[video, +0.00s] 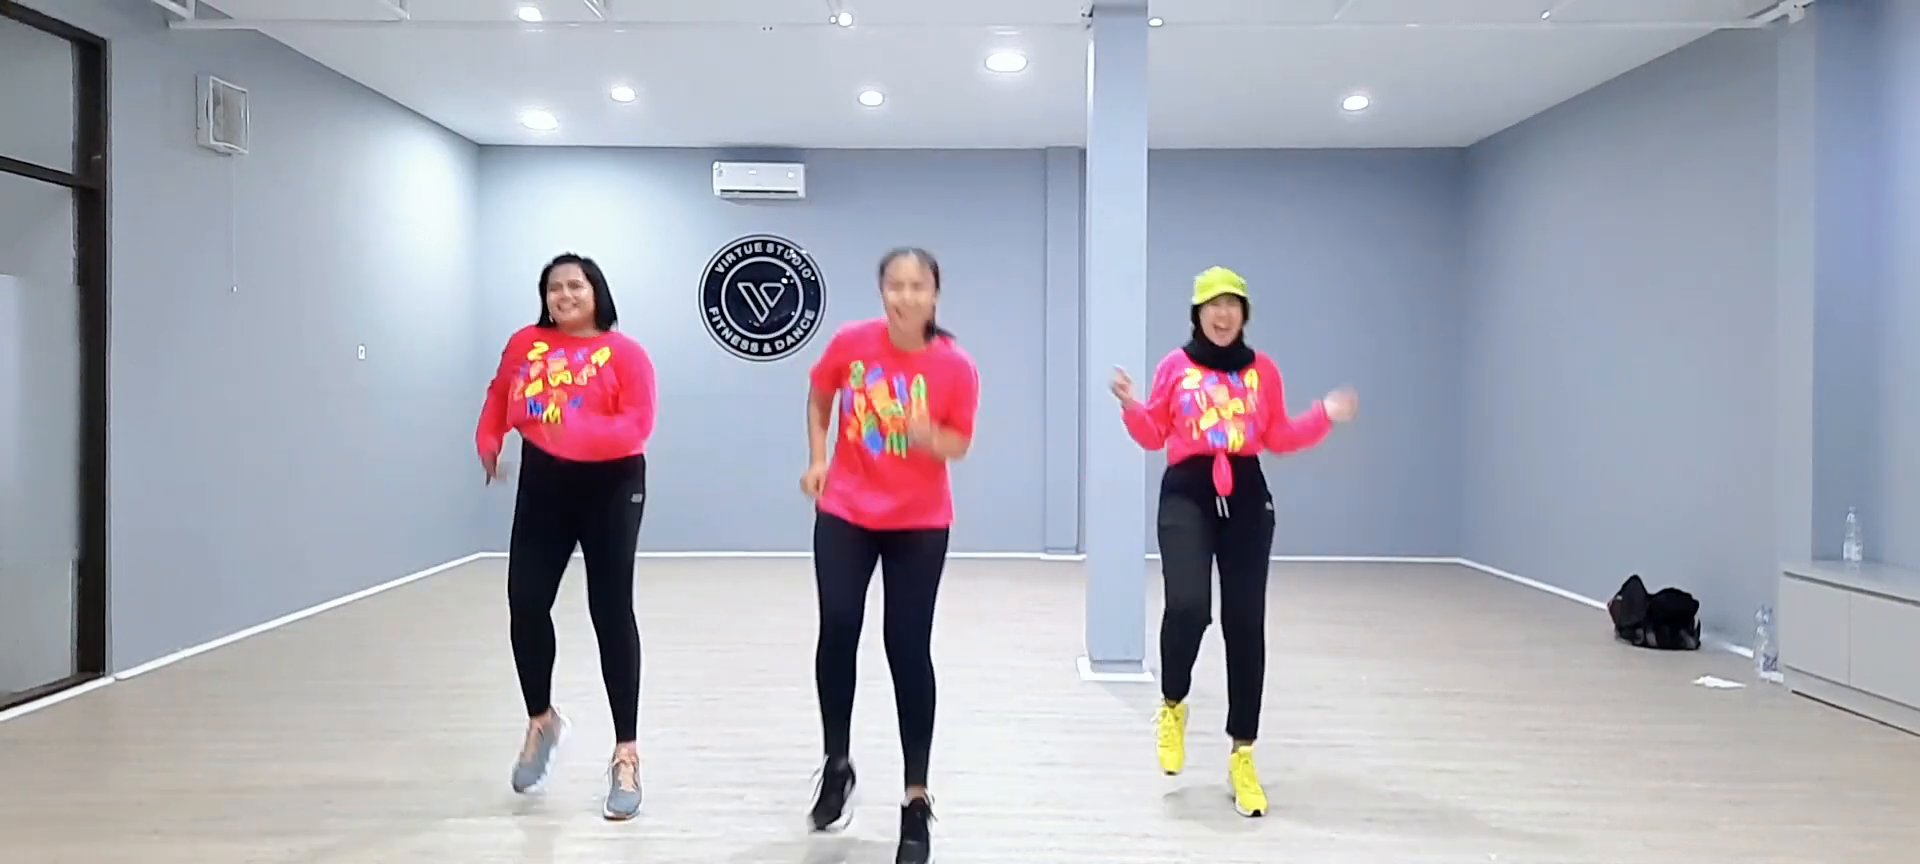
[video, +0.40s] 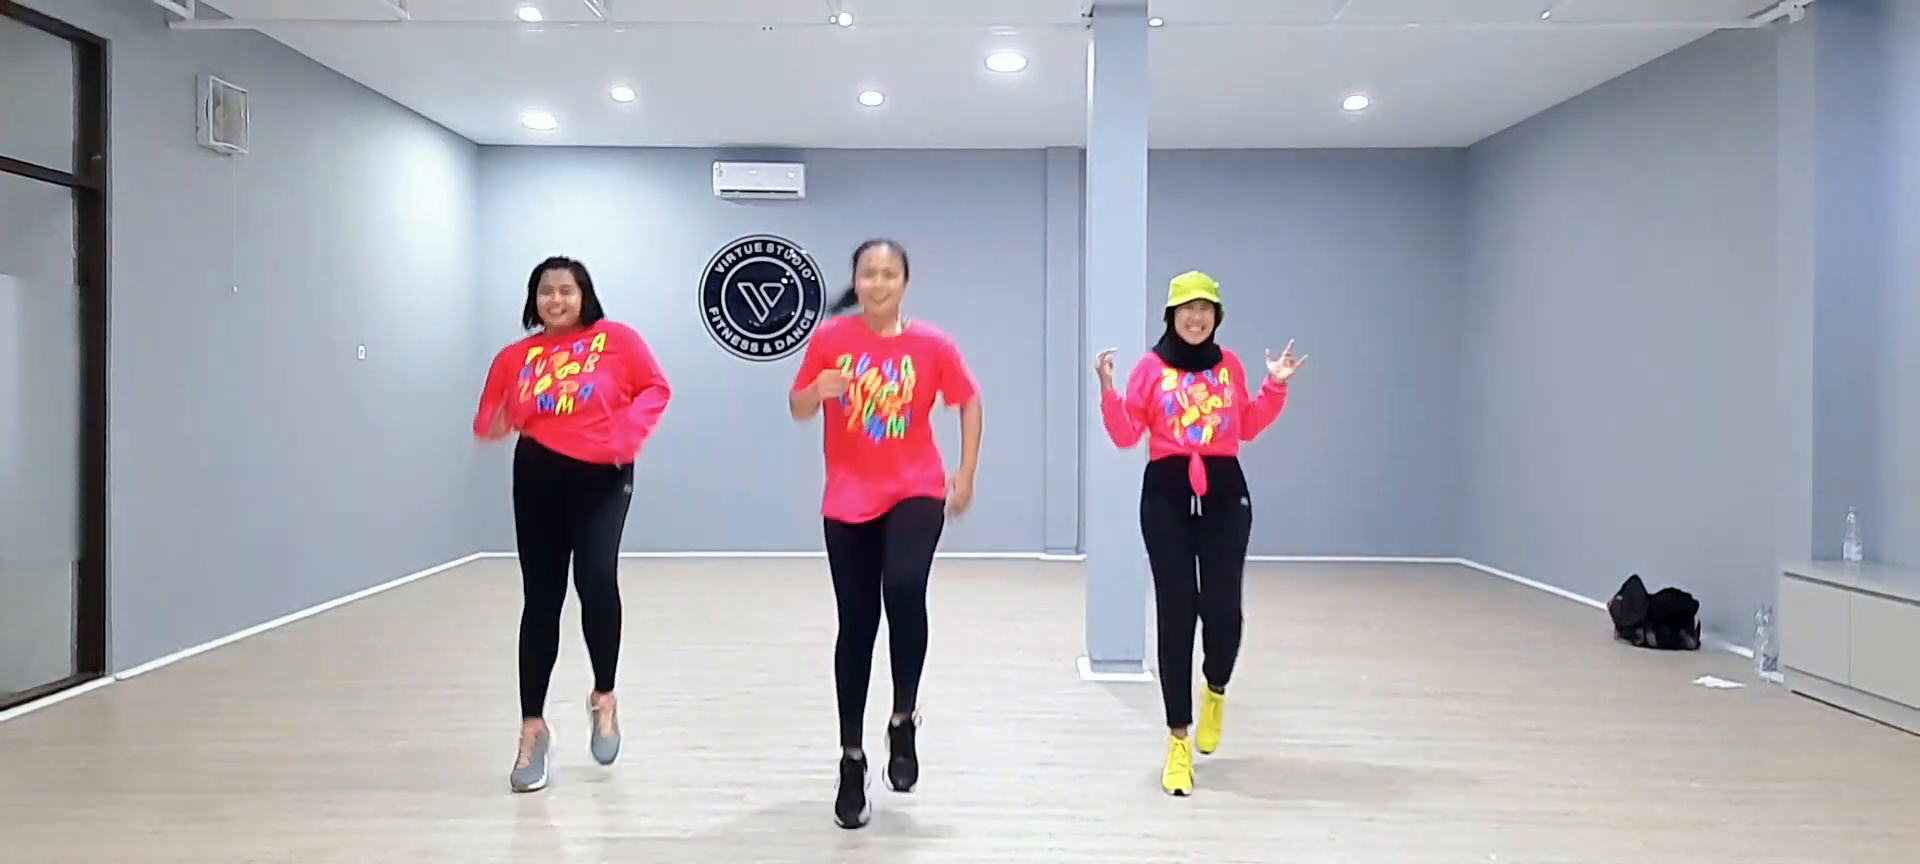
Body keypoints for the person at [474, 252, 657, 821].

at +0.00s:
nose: (566, 294)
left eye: (577, 284)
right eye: (555, 287)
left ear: (599, 293)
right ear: (545, 299)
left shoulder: (627, 354)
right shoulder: (525, 344)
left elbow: (638, 427)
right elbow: (500, 396)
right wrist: (489, 438)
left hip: (612, 490)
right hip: (544, 485)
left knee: (612, 611)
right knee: (525, 603)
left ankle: (626, 753)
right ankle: (541, 719)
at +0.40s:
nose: (556, 299)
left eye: (566, 290)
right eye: (547, 291)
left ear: (585, 298)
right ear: (533, 299)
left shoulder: (616, 339)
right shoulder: (515, 358)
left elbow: (657, 388)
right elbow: (485, 427)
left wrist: (626, 436)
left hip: (602, 477)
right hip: (538, 476)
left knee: (596, 581)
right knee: (541, 599)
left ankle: (604, 697)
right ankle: (532, 728)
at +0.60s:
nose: (572, 324)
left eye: (581, 314)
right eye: (563, 316)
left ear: (601, 316)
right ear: (553, 320)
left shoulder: (634, 371)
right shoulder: (538, 366)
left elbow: (661, 439)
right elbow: (500, 425)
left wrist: (649, 482)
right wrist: (520, 372)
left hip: (616, 499)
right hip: (554, 495)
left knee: (607, 608)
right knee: (547, 610)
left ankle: (609, 714)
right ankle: (546, 727)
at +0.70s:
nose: (578, 327)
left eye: (588, 317)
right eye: (569, 319)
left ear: (606, 318)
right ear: (559, 322)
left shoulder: (638, 373)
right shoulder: (539, 363)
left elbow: (659, 437)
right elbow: (505, 418)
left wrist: (625, 449)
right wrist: (527, 406)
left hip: (620, 497)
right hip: (558, 492)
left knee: (612, 603)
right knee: (542, 599)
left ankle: (611, 712)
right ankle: (542, 715)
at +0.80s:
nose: (576, 312)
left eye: (585, 302)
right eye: (567, 304)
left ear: (603, 303)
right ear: (556, 308)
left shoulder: (634, 352)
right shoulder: (536, 350)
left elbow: (669, 407)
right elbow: (509, 398)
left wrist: (624, 399)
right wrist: (507, 445)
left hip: (622, 476)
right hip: (560, 471)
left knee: (612, 585)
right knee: (551, 582)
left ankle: (613, 704)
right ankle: (563, 682)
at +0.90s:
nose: (575, 312)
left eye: (584, 302)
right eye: (565, 304)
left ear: (602, 305)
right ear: (553, 310)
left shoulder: (630, 345)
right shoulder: (534, 354)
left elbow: (672, 404)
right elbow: (512, 418)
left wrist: (627, 387)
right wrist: (502, 477)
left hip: (621, 474)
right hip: (560, 473)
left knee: (614, 580)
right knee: (562, 581)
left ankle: (613, 694)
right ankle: (578, 676)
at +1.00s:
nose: (573, 332)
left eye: (581, 322)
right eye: (563, 324)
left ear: (598, 326)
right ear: (551, 332)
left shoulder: (629, 372)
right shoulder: (534, 383)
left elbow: (666, 424)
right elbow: (516, 450)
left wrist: (624, 409)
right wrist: (501, 511)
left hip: (621, 498)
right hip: (560, 498)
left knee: (622, 600)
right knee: (573, 602)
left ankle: (616, 707)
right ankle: (585, 697)